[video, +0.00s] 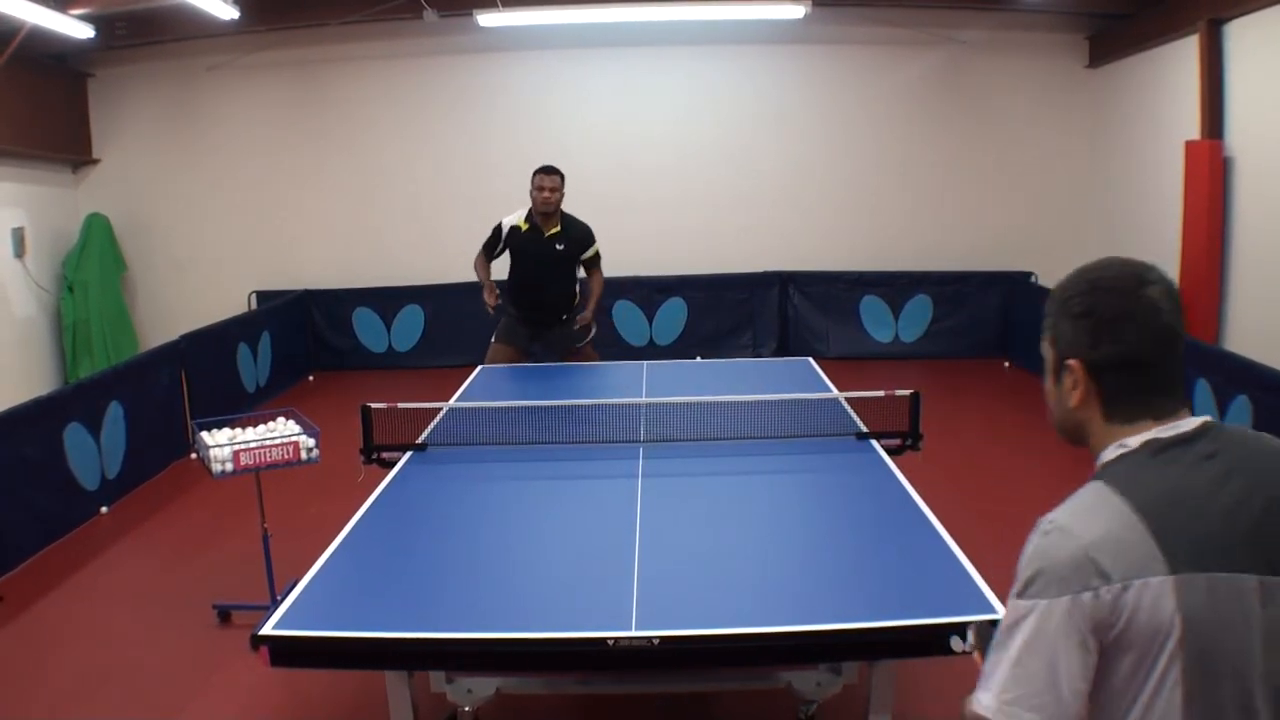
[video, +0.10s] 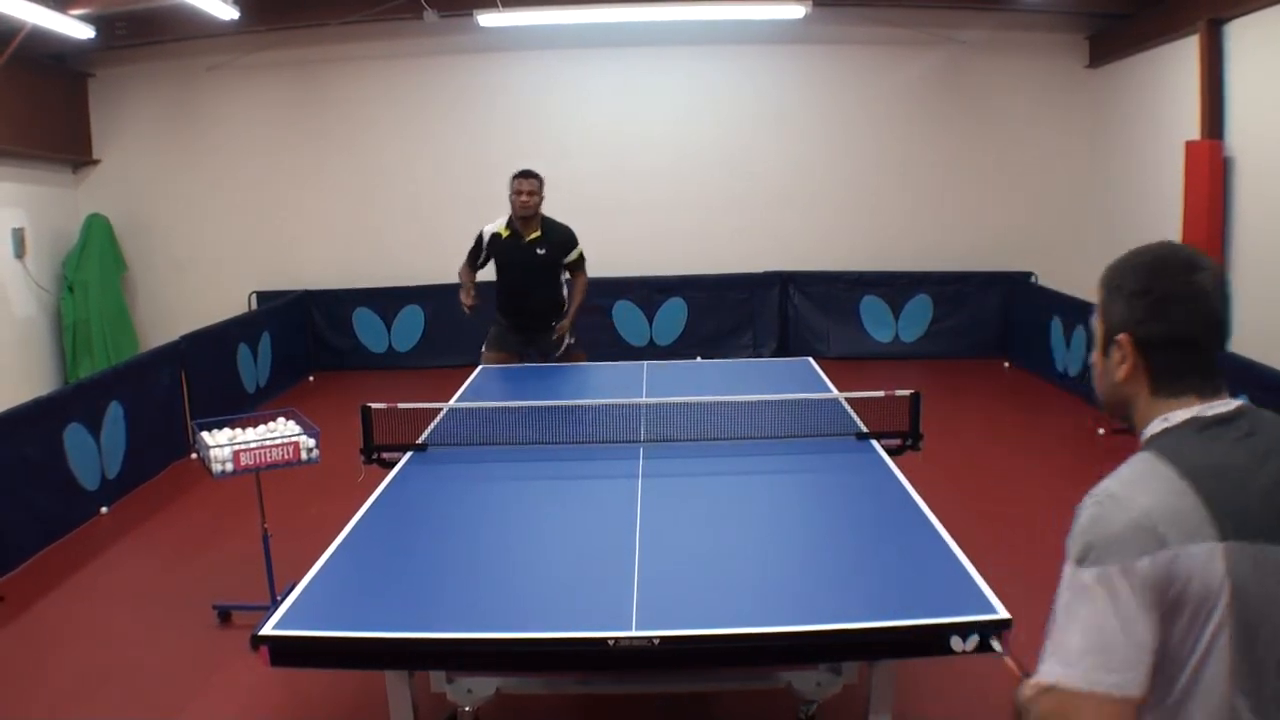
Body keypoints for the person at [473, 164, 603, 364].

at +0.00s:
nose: (546, 195)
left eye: (553, 190)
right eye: (540, 190)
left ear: (562, 194)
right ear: (531, 193)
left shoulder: (579, 232)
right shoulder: (512, 226)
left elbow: (595, 273)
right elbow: (481, 258)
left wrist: (589, 311)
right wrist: (486, 283)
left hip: (563, 322)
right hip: (518, 319)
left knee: (596, 378)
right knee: (491, 379)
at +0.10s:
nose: (524, 199)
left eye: (531, 194)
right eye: (518, 194)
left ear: (541, 199)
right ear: (510, 198)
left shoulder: (560, 235)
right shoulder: (493, 234)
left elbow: (579, 276)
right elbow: (468, 267)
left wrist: (568, 319)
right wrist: (468, 288)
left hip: (552, 328)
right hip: (507, 328)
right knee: (488, 385)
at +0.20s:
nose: (494, 197)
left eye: (501, 191)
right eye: (488, 192)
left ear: (513, 196)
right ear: (481, 196)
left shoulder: (535, 232)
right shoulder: (468, 238)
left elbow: (558, 275)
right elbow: (454, 272)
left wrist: (555, 324)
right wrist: (447, 291)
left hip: (531, 325)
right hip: (489, 325)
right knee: (481, 384)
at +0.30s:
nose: (469, 190)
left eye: (476, 184)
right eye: (463, 185)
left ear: (489, 187)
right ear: (456, 190)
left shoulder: (515, 224)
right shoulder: (447, 234)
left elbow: (538, 268)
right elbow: (441, 271)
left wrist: (547, 318)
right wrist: (434, 291)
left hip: (519, 320)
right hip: (475, 322)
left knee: (530, 388)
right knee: (467, 388)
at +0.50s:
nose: (438, 179)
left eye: (445, 172)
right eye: (432, 174)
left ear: (460, 174)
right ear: (426, 179)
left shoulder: (488, 209)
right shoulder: (420, 223)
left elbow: (520, 249)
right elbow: (411, 266)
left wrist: (533, 299)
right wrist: (420, 277)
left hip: (491, 305)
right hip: (450, 309)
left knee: (496, 375)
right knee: (461, 382)